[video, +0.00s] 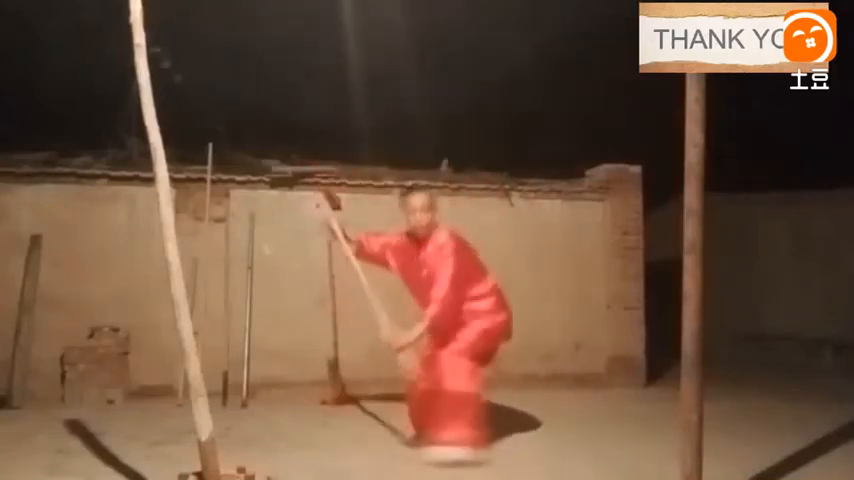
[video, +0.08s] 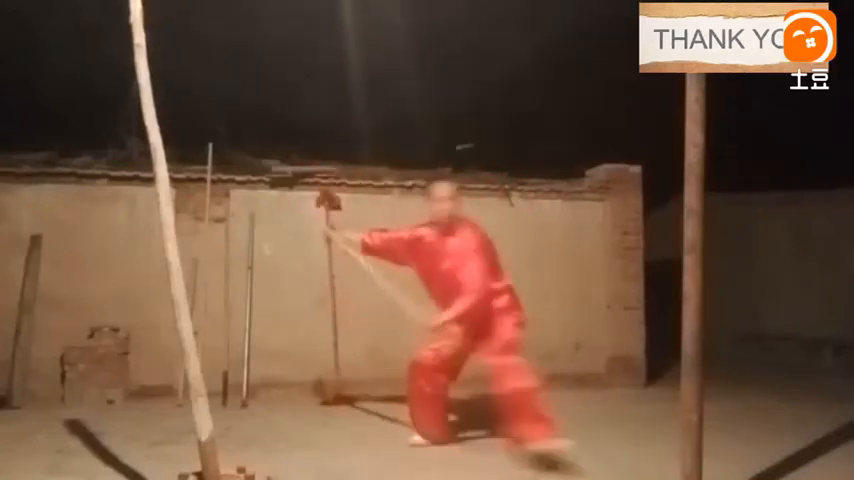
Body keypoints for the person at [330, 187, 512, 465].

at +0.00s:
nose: (421, 218)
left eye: (426, 210)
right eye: (414, 212)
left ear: (435, 212)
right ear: (405, 215)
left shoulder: (445, 243)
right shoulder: (401, 245)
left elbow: (443, 298)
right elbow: (365, 246)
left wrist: (411, 336)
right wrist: (339, 232)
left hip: (485, 316)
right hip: (452, 319)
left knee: (454, 359)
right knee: (425, 365)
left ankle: (459, 439)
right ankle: (431, 431)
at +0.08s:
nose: (444, 206)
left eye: (450, 199)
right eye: (438, 200)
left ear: (458, 203)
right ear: (428, 204)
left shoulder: (467, 236)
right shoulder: (420, 237)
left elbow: (477, 288)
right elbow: (380, 242)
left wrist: (447, 315)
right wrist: (340, 235)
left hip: (498, 311)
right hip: (462, 315)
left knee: (502, 364)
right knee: (428, 364)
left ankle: (538, 437)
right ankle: (432, 431)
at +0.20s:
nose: (462, 202)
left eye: (468, 195)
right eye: (456, 195)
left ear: (478, 199)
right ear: (445, 199)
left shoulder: (490, 234)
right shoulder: (434, 235)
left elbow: (502, 283)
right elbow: (393, 244)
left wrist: (472, 306)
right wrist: (355, 247)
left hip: (507, 318)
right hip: (463, 320)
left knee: (543, 376)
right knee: (429, 371)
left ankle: (574, 437)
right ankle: (433, 432)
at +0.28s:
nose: (513, 195)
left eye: (517, 188)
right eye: (505, 188)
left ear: (523, 193)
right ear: (488, 193)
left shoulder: (534, 231)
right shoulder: (473, 232)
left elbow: (572, 259)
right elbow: (429, 260)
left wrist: (541, 277)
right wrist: (417, 273)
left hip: (532, 331)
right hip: (480, 331)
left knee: (571, 379)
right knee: (447, 383)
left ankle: (612, 452)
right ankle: (428, 430)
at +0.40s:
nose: (530, 195)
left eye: (534, 187)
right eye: (522, 188)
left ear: (540, 193)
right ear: (507, 194)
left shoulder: (551, 232)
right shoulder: (494, 232)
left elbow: (586, 259)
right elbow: (448, 275)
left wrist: (599, 253)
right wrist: (472, 297)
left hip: (542, 334)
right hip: (494, 335)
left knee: (584, 380)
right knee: (458, 388)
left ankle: (614, 459)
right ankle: (420, 424)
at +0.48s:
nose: (547, 198)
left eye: (551, 191)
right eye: (539, 190)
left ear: (555, 195)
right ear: (520, 195)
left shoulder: (560, 227)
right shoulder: (517, 233)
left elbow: (594, 222)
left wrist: (611, 207)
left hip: (544, 334)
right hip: (501, 336)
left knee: (587, 382)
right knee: (463, 392)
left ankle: (617, 459)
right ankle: (411, 434)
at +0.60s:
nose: (548, 201)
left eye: (552, 194)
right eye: (540, 194)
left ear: (555, 197)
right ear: (519, 199)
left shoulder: (553, 228)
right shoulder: (518, 235)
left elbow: (587, 218)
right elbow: (563, 269)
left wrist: (608, 206)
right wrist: (616, 260)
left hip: (543, 335)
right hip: (499, 337)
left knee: (584, 375)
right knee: (459, 393)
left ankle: (615, 459)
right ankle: (406, 435)